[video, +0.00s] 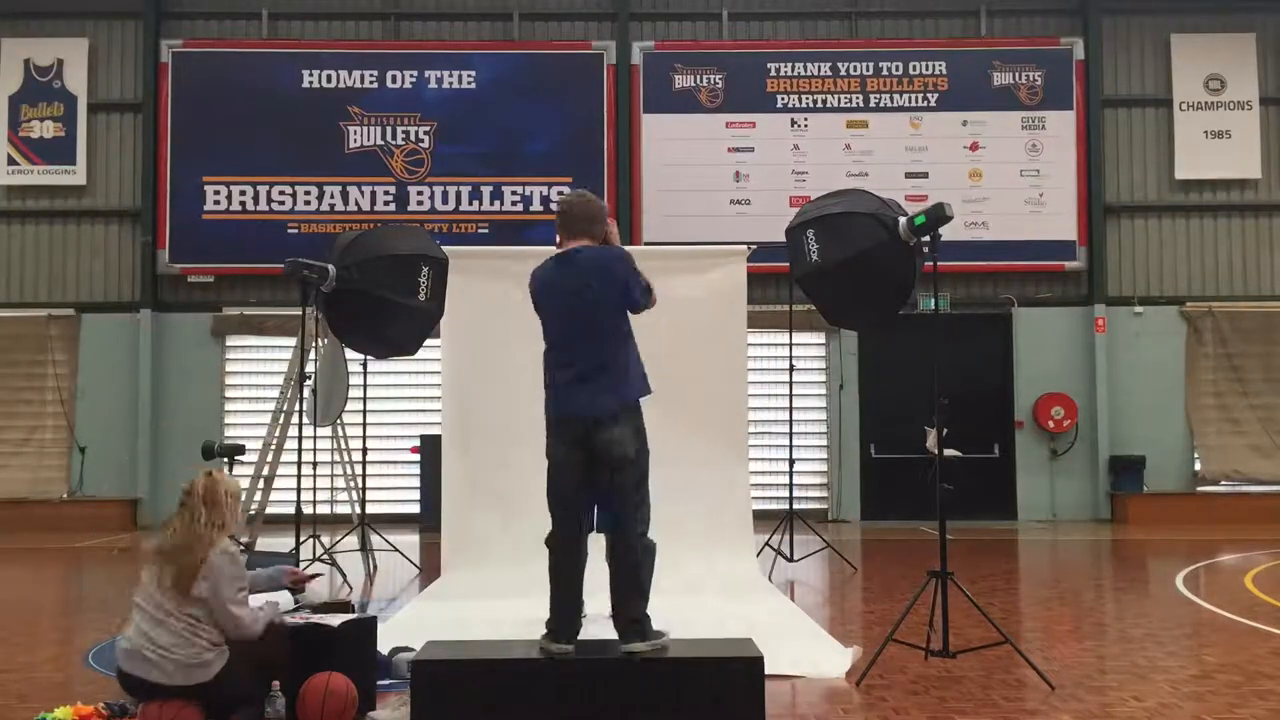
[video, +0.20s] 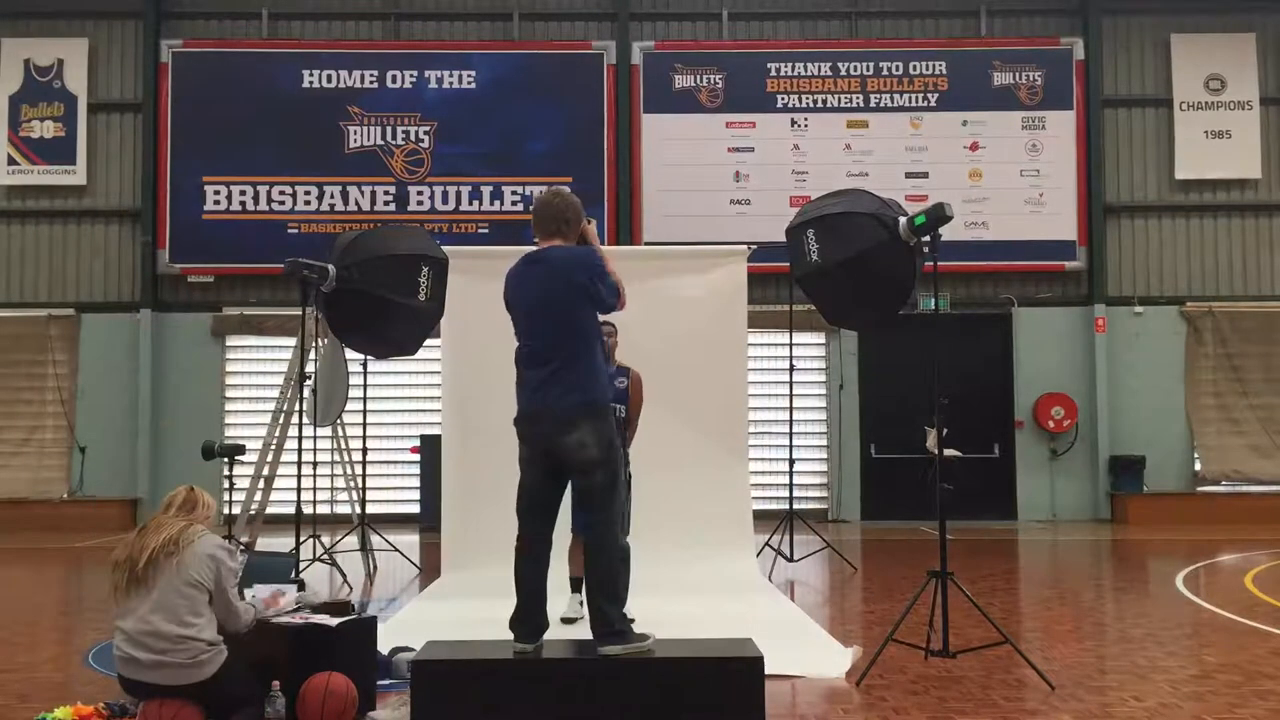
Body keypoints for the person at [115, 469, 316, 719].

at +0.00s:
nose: (241, 511)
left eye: (240, 503)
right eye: (238, 504)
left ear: (190, 503)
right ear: (226, 509)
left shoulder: (166, 541)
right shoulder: (223, 554)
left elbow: (212, 582)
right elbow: (241, 626)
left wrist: (278, 577)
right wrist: (273, 609)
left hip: (132, 672)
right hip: (185, 678)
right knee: (254, 686)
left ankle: (138, 703)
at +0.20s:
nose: (210, 523)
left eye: (211, 518)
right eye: (210, 518)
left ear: (168, 510)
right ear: (203, 515)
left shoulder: (139, 539)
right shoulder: (212, 546)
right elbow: (235, 621)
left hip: (133, 678)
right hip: (194, 678)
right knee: (251, 698)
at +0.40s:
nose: (216, 523)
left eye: (217, 517)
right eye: (216, 517)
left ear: (175, 507)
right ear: (210, 515)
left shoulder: (144, 540)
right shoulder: (211, 548)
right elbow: (250, 610)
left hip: (133, 676)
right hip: (192, 676)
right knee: (250, 699)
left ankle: (139, 708)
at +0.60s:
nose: (222, 519)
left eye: (221, 512)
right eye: (221, 513)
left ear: (174, 507)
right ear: (214, 514)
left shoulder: (141, 540)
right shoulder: (222, 550)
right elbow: (258, 610)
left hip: (133, 679)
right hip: (194, 679)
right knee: (253, 701)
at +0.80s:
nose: (227, 522)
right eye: (225, 517)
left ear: (177, 512)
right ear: (219, 517)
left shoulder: (147, 544)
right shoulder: (226, 551)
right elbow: (259, 611)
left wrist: (214, 605)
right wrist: (286, 606)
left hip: (134, 677)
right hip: (195, 675)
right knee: (255, 701)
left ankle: (140, 706)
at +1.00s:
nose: (225, 526)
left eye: (225, 519)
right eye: (224, 519)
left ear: (177, 509)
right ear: (216, 518)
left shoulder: (139, 544)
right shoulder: (220, 555)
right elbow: (242, 622)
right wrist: (256, 614)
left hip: (135, 681)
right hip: (195, 680)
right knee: (253, 701)